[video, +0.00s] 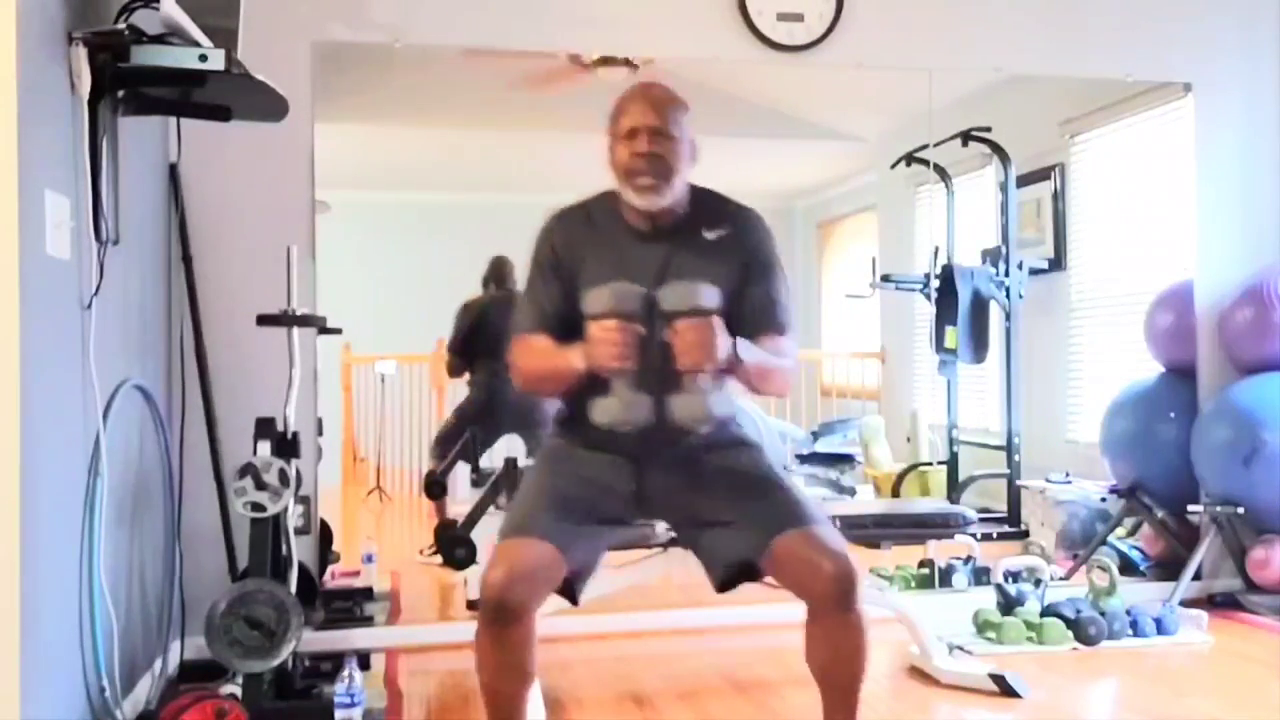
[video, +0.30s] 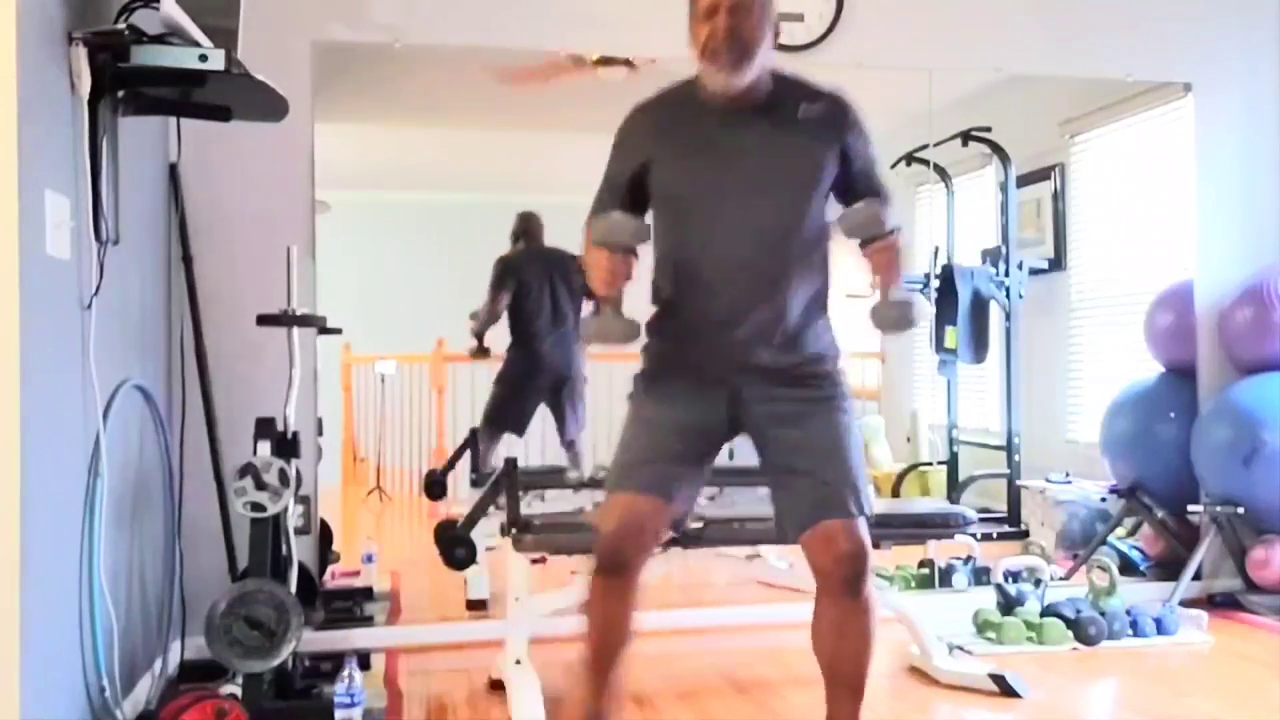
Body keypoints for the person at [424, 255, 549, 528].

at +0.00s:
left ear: (486, 279)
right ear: (513, 278)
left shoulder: (474, 309)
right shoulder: (529, 308)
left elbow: (454, 366)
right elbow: (541, 355)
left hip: (485, 400)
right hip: (526, 399)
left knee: (442, 450)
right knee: (545, 454)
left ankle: (443, 521)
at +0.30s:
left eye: (515, 235)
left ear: (516, 235)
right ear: (542, 233)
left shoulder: (510, 263)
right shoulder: (568, 260)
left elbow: (496, 308)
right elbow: (600, 296)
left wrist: (479, 329)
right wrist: (583, 325)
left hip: (528, 359)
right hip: (567, 360)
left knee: (494, 424)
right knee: (573, 432)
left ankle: (482, 477)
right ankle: (581, 488)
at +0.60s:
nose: (528, 234)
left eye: (528, 230)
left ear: (529, 231)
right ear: (556, 229)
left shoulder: (527, 256)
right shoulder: (584, 254)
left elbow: (519, 294)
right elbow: (622, 281)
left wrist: (492, 320)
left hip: (552, 359)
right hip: (591, 360)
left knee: (533, 434)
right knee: (581, 434)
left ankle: (542, 496)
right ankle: (583, 496)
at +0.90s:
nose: (543, 259)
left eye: (544, 254)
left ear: (545, 254)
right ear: (572, 253)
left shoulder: (543, 280)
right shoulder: (599, 280)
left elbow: (526, 330)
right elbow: (614, 323)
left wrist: (526, 353)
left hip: (569, 373)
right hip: (608, 372)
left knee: (529, 442)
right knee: (607, 437)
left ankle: (536, 500)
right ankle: (628, 492)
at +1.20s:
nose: (560, 268)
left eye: (561, 264)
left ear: (564, 263)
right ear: (591, 262)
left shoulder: (568, 286)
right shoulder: (619, 288)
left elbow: (553, 338)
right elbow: (637, 341)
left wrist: (534, 349)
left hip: (590, 377)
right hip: (629, 378)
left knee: (539, 440)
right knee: (605, 443)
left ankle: (539, 500)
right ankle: (628, 493)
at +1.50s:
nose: (567, 249)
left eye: (569, 244)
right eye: (568, 244)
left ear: (574, 242)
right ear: (598, 240)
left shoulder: (579, 258)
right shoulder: (624, 262)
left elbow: (585, 282)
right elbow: (672, 287)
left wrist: (548, 309)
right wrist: (647, 311)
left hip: (596, 365)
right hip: (631, 367)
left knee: (556, 436)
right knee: (615, 437)